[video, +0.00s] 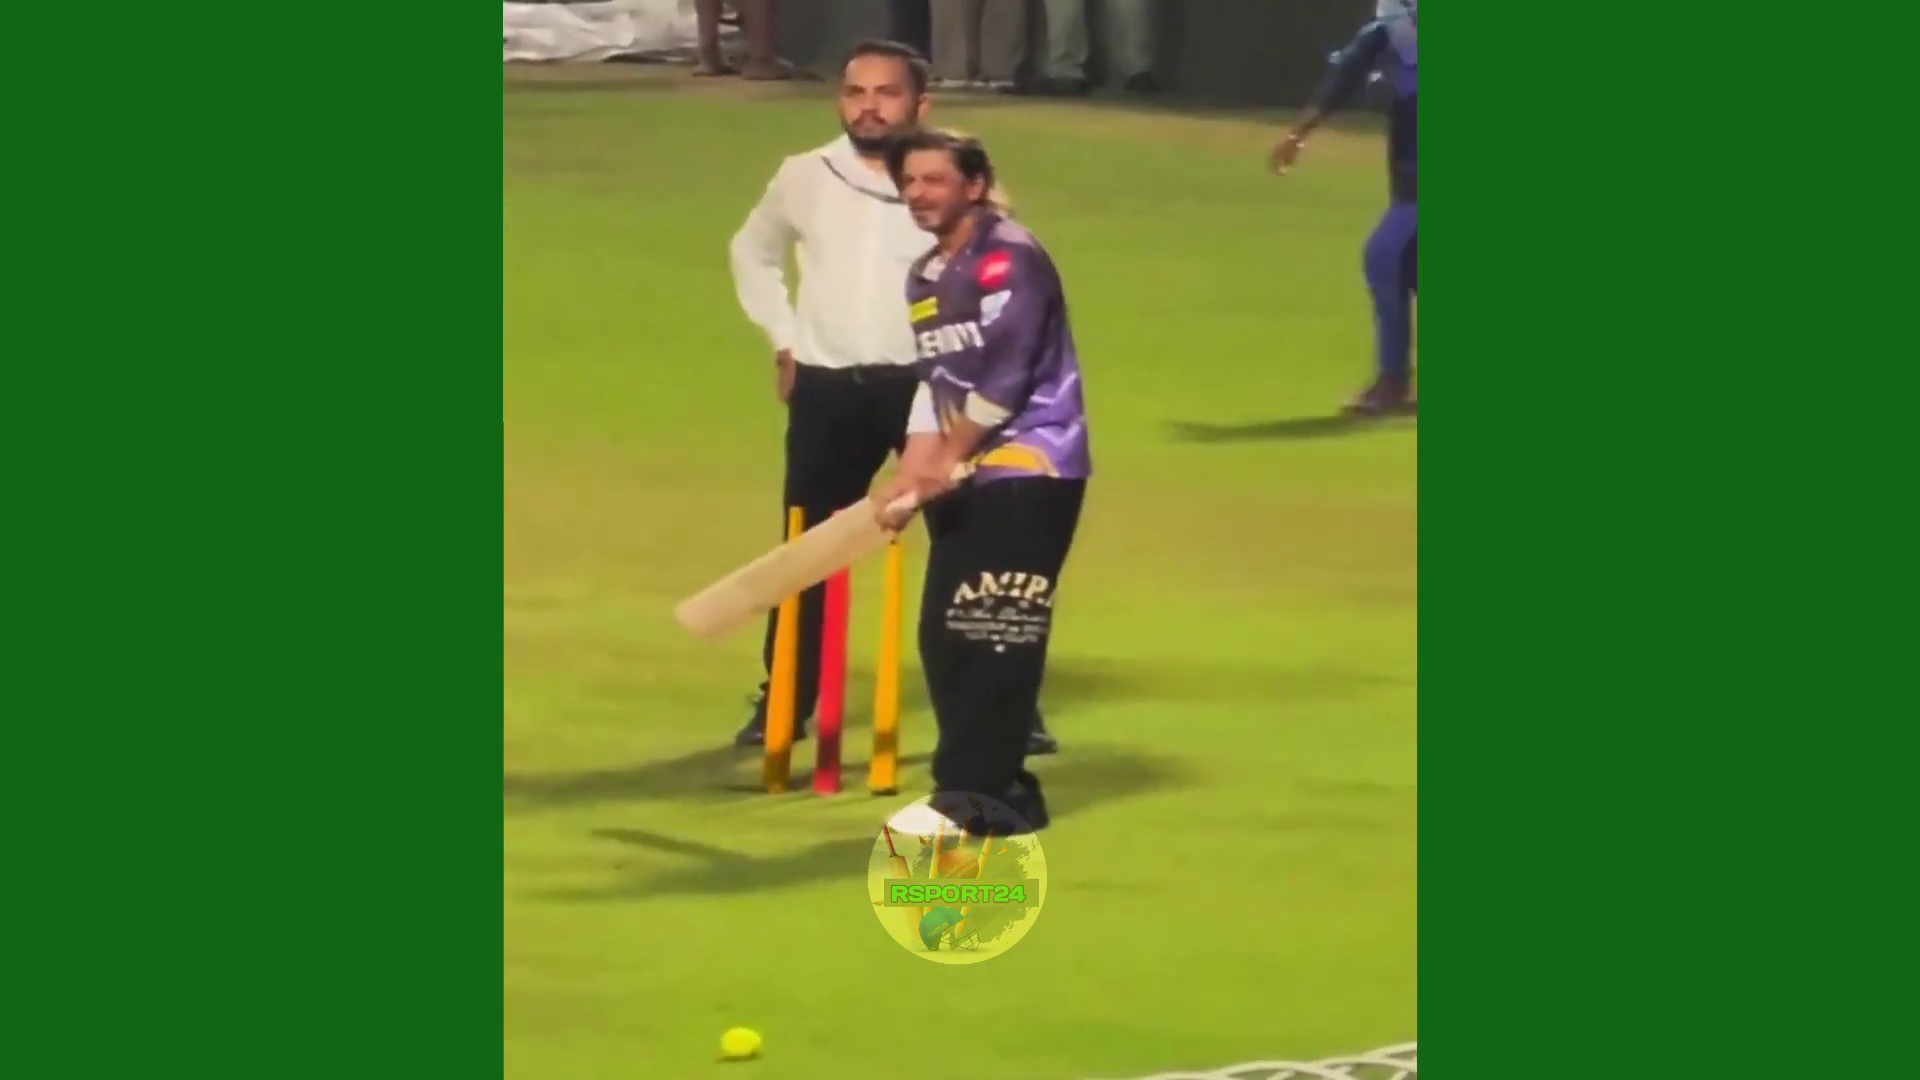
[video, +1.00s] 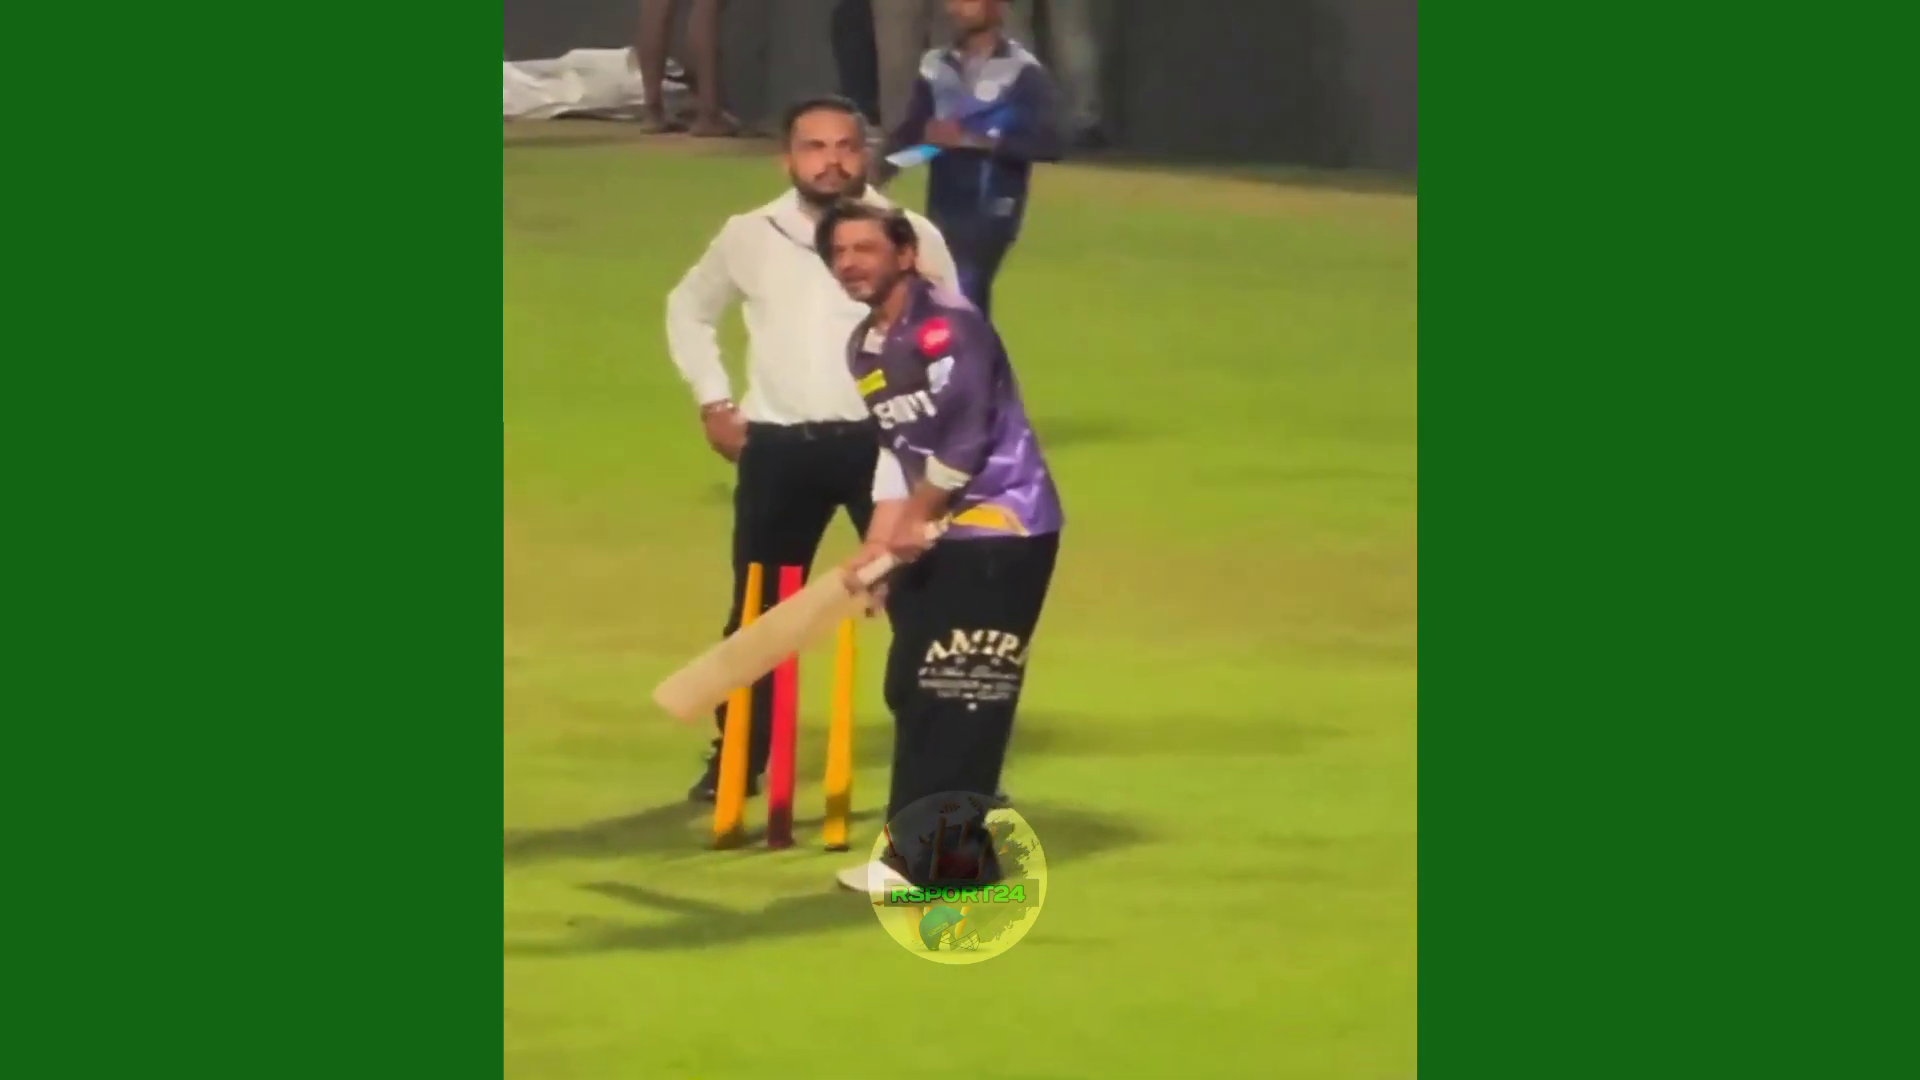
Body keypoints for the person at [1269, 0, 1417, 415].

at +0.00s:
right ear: (1404, 12)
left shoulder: (1396, 27)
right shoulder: (1395, 27)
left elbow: (1344, 76)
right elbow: (1345, 75)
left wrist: (1298, 133)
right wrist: (1299, 133)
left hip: (1418, 196)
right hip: (1410, 194)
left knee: (1384, 255)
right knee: (1389, 261)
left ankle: (1393, 380)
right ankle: (1394, 379)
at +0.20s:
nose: (1322, 2)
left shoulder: (1385, 39)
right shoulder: (1293, 31)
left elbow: (1420, 107)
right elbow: (1254, 84)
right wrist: (1215, 143)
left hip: (1348, 185)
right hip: (1310, 185)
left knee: (1299, 277)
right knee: (1356, 288)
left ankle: (1259, 401)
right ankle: (1429, 372)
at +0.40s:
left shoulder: (1303, 39)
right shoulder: (1209, 32)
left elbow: (1323, 120)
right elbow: (1196, 109)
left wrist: (1314, 191)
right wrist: (1168, 176)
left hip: (1269, 190)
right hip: (1220, 187)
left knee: (1252, 295)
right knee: (1197, 283)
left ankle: (1240, 410)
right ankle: (1308, 361)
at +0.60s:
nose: (1141, 2)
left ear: (1178, 0)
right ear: (1156, 6)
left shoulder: (1219, 50)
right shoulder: (1132, 47)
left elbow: (1222, 131)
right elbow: (1134, 108)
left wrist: (1143, 144)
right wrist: (1114, 135)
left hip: (1194, 204)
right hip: (1137, 200)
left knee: (1214, 313)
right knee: (1088, 297)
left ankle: (1231, 419)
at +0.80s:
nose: (1043, 1)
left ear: (1080, 4)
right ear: (1042, 8)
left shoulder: (1109, 59)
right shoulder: (1030, 58)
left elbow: (1098, 134)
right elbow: (1013, 137)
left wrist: (1039, 118)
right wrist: (996, 209)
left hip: (1078, 225)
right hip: (1025, 220)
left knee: (1099, 322)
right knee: (1007, 329)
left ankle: (1191, 402)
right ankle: (1001, 432)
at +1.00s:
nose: (959, 9)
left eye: (970, 2)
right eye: (955, 2)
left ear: (996, 9)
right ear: (947, 9)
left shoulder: (1026, 70)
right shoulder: (935, 66)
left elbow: (1046, 144)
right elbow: (912, 129)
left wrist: (970, 140)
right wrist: (879, 167)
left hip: (995, 204)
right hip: (944, 201)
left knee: (967, 294)